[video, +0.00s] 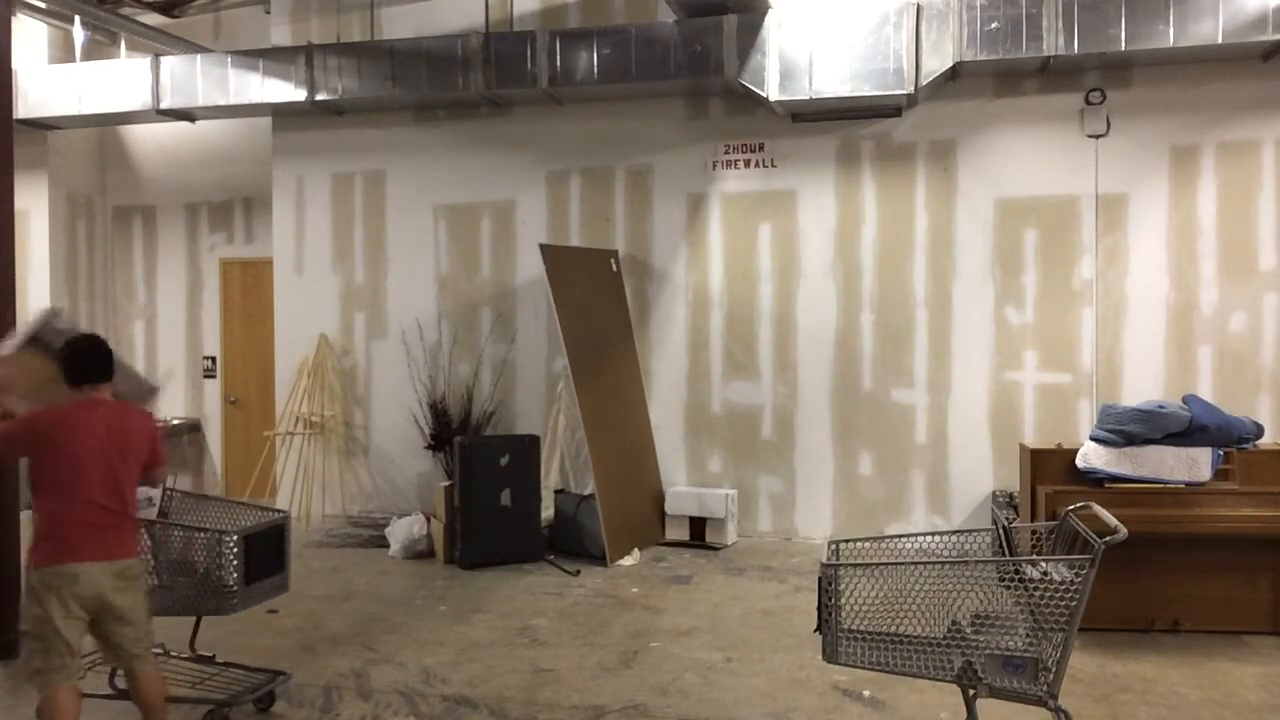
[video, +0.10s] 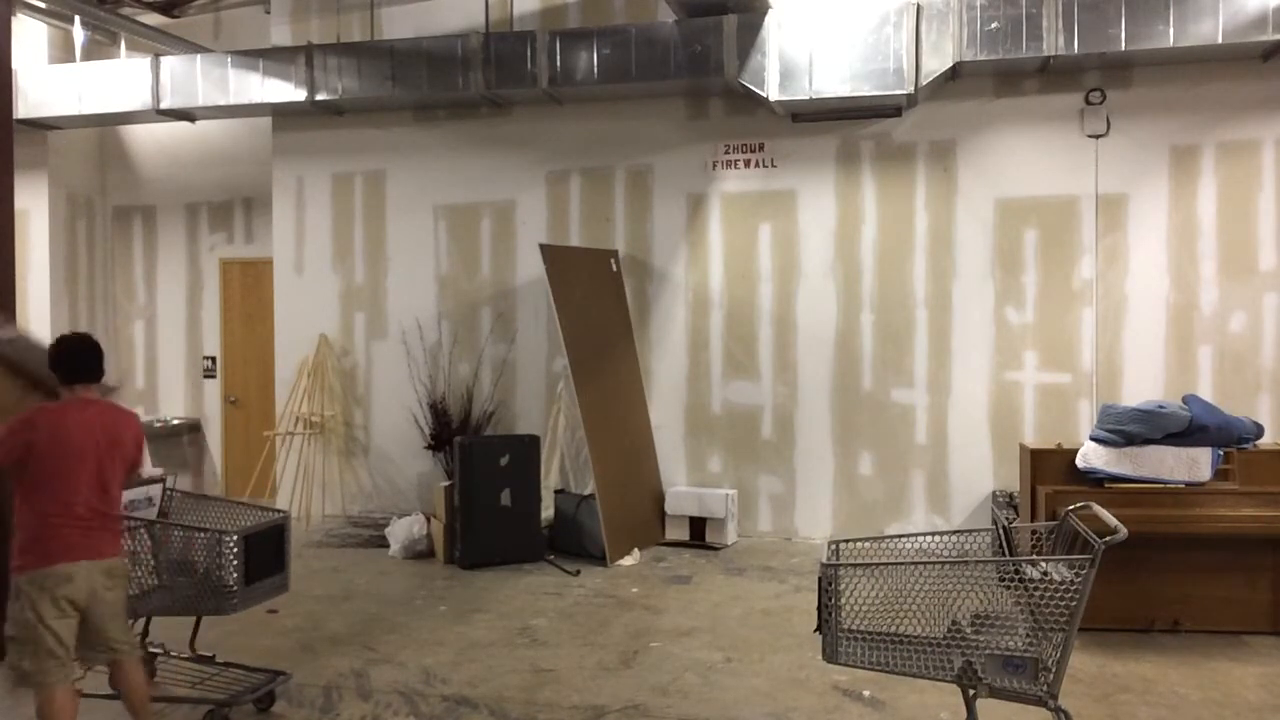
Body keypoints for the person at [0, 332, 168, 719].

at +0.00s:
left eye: (66, 370)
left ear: (64, 375)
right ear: (111, 372)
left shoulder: (43, 423)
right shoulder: (139, 420)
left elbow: (4, 442)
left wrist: (8, 404)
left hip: (58, 570)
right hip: (121, 566)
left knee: (58, 677)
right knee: (140, 661)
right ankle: (158, 715)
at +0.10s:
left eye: (57, 367)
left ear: (54, 373)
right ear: (100, 371)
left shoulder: (29, 423)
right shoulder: (127, 423)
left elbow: (4, 470)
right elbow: (128, 475)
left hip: (45, 569)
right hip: (107, 565)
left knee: (54, 678)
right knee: (122, 655)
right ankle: (145, 714)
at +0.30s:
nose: (27, 377)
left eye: (28, 370)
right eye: (28, 370)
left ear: (36, 372)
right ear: (78, 372)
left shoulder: (15, 421)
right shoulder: (104, 425)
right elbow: (95, 480)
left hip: (34, 566)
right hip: (85, 560)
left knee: (48, 677)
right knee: (74, 660)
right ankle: (79, 713)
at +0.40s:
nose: (10, 375)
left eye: (14, 368)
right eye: (12, 367)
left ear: (24, 372)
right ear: (63, 374)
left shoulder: (10, 419)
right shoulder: (89, 424)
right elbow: (86, 489)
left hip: (26, 564)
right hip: (75, 558)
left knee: (41, 679)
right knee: (49, 671)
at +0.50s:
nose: (0, 382)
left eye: (2, 374)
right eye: (2, 374)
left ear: (12, 376)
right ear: (46, 376)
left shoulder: (7, 420)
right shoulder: (73, 426)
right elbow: (74, 495)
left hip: (19, 562)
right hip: (61, 557)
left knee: (37, 678)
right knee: (10, 674)